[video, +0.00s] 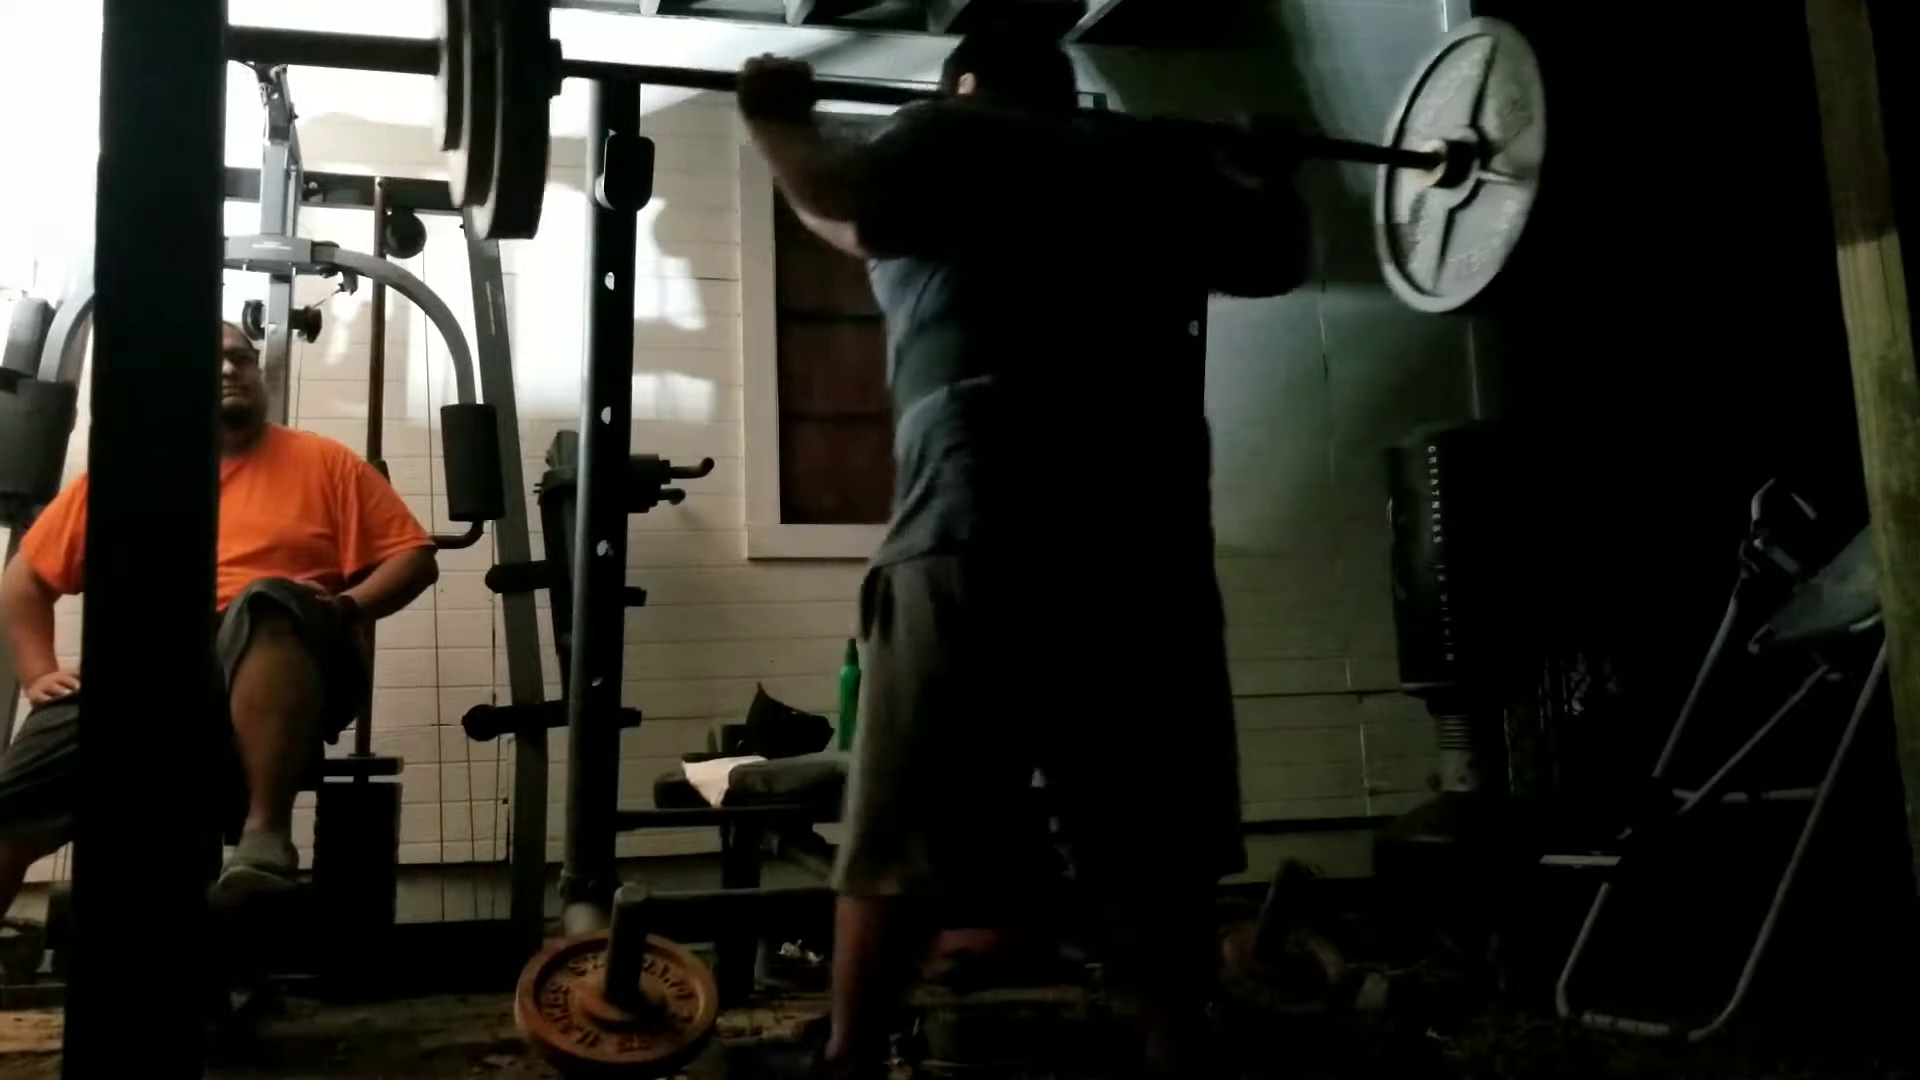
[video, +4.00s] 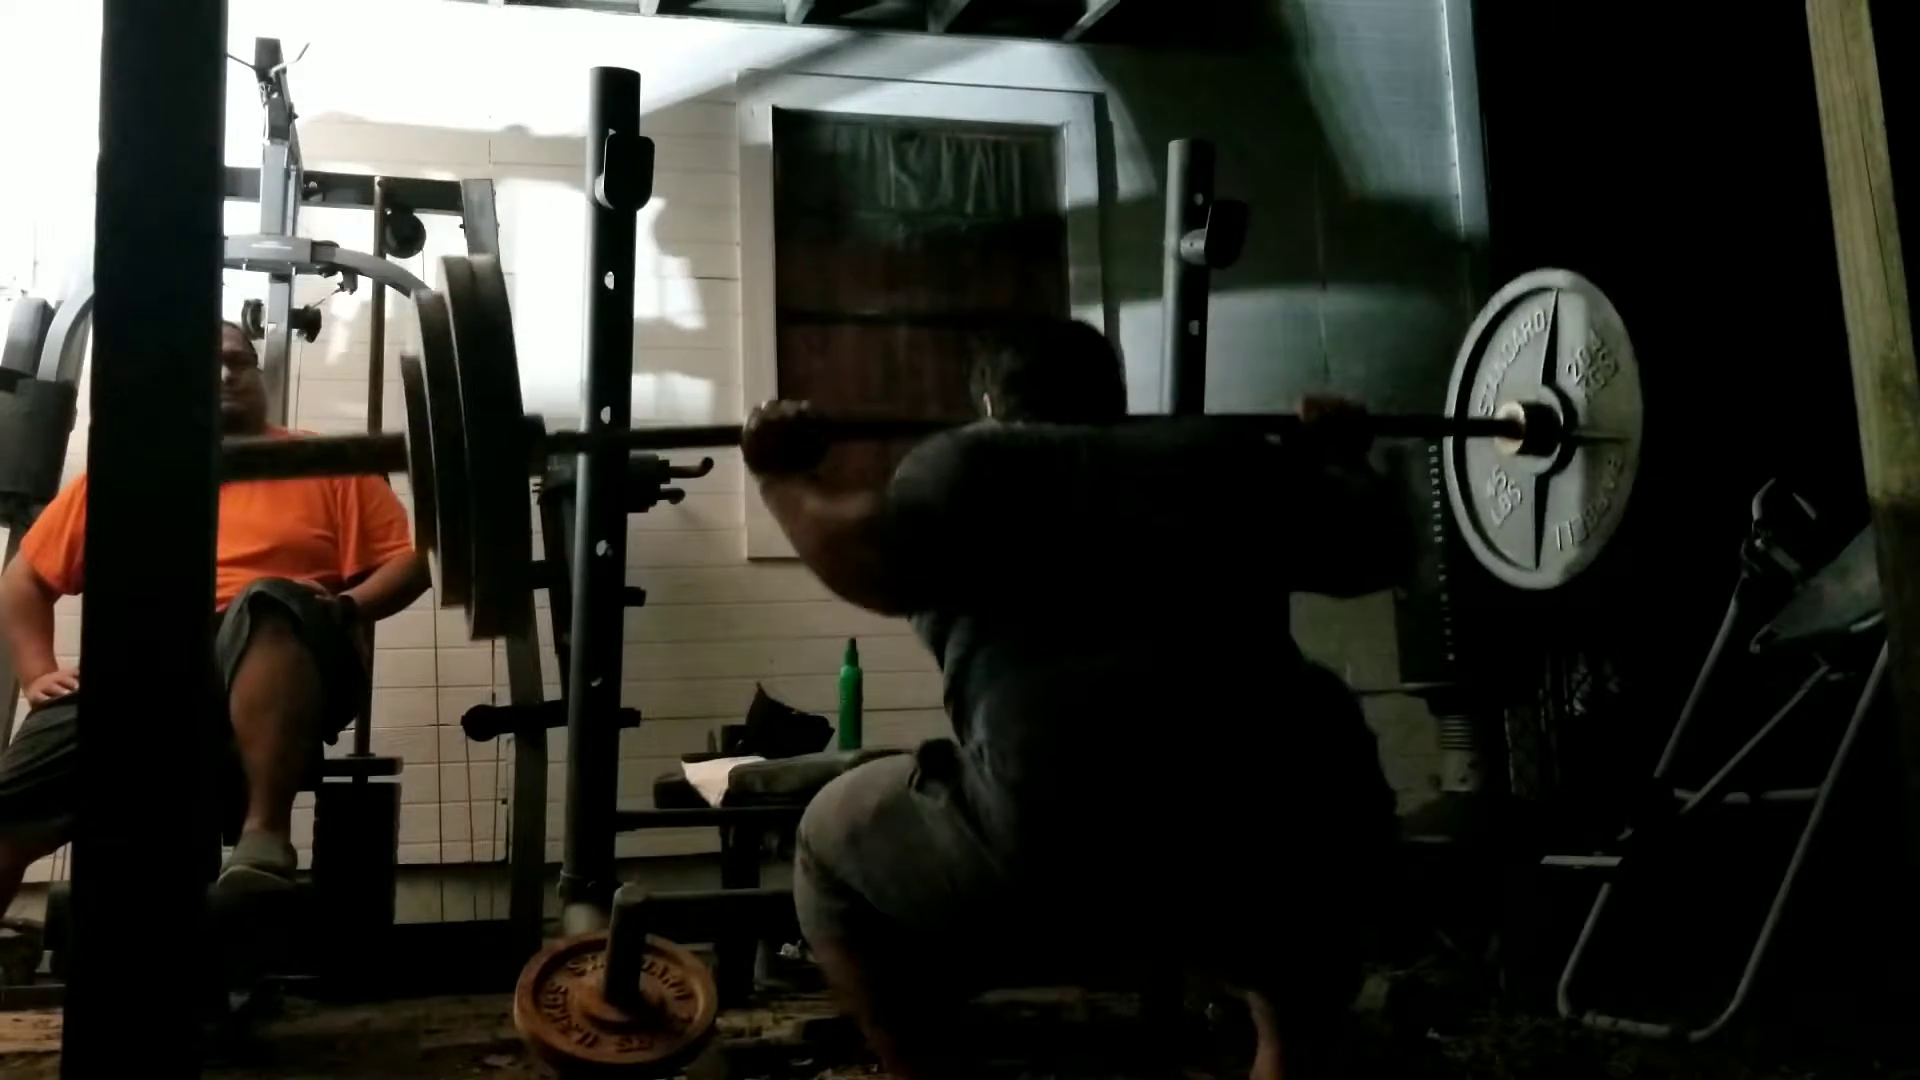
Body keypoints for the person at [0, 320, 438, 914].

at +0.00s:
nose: (230, 370)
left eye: (241, 358)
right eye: (213, 359)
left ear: (264, 376)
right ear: (186, 378)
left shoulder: (323, 463)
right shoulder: (133, 467)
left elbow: (414, 557)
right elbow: (24, 575)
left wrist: (349, 604)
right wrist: (38, 671)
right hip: (144, 666)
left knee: (272, 604)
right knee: (12, 809)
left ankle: (266, 830)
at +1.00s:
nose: (228, 370)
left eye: (240, 358)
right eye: (211, 360)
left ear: (263, 374)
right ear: (185, 378)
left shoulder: (325, 463)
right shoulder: (133, 466)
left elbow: (414, 558)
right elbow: (24, 575)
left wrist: (347, 603)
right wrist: (37, 670)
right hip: (144, 666)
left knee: (272, 603)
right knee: (13, 805)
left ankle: (265, 830)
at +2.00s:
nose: (227, 373)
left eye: (239, 360)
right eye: (211, 361)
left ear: (264, 375)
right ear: (186, 378)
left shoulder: (326, 465)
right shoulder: (132, 467)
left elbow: (414, 559)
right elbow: (25, 573)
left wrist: (350, 603)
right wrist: (38, 671)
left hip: (285, 664)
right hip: (145, 664)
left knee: (271, 604)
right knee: (12, 806)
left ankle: (265, 830)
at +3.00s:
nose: (225, 374)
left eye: (238, 361)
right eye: (209, 362)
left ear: (263, 377)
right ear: (184, 379)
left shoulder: (325, 464)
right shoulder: (130, 468)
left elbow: (413, 558)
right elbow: (24, 575)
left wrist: (349, 603)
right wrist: (38, 671)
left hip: (283, 667)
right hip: (143, 666)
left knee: (272, 604)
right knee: (10, 817)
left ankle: (264, 830)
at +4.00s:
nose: (226, 374)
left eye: (238, 362)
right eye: (210, 363)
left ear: (262, 376)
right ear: (185, 378)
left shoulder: (329, 464)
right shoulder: (131, 467)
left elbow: (408, 563)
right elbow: (24, 576)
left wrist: (347, 604)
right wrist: (37, 671)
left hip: (289, 666)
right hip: (147, 664)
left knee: (271, 604)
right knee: (9, 811)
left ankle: (265, 831)